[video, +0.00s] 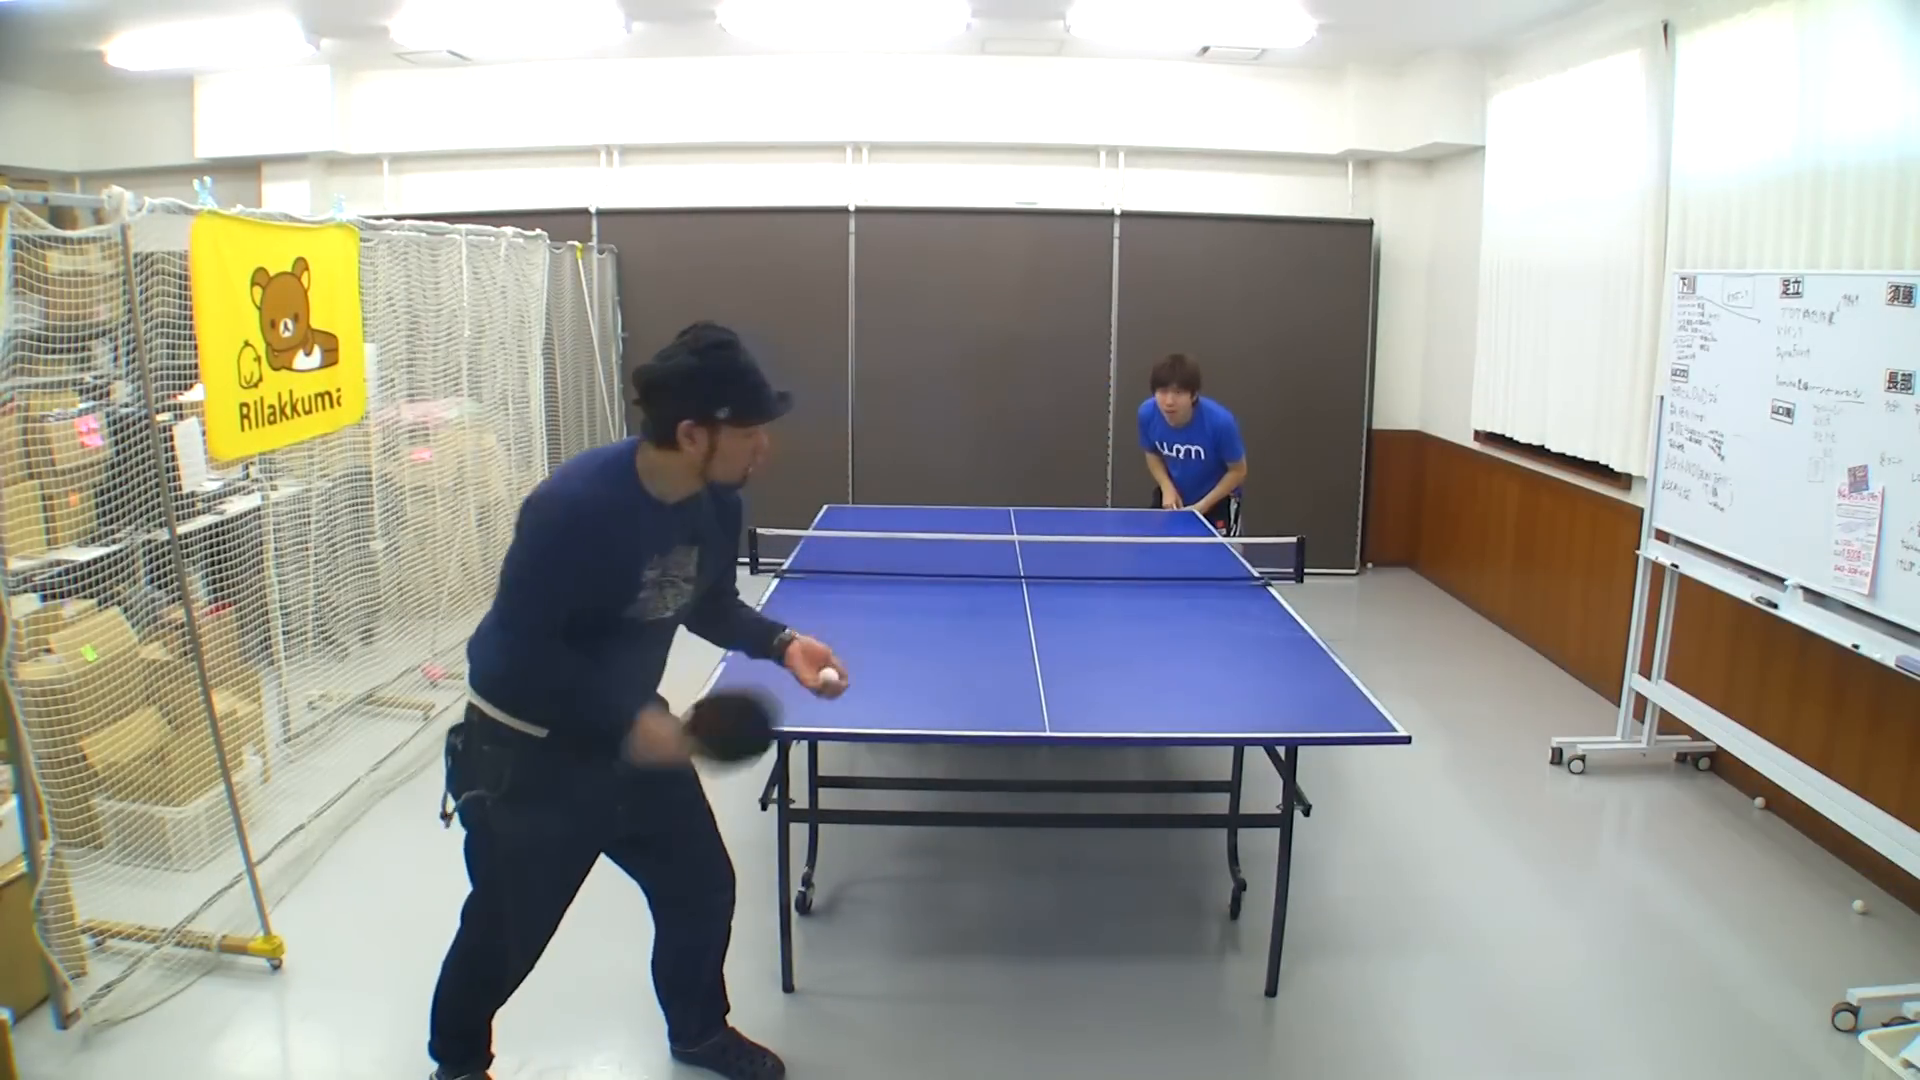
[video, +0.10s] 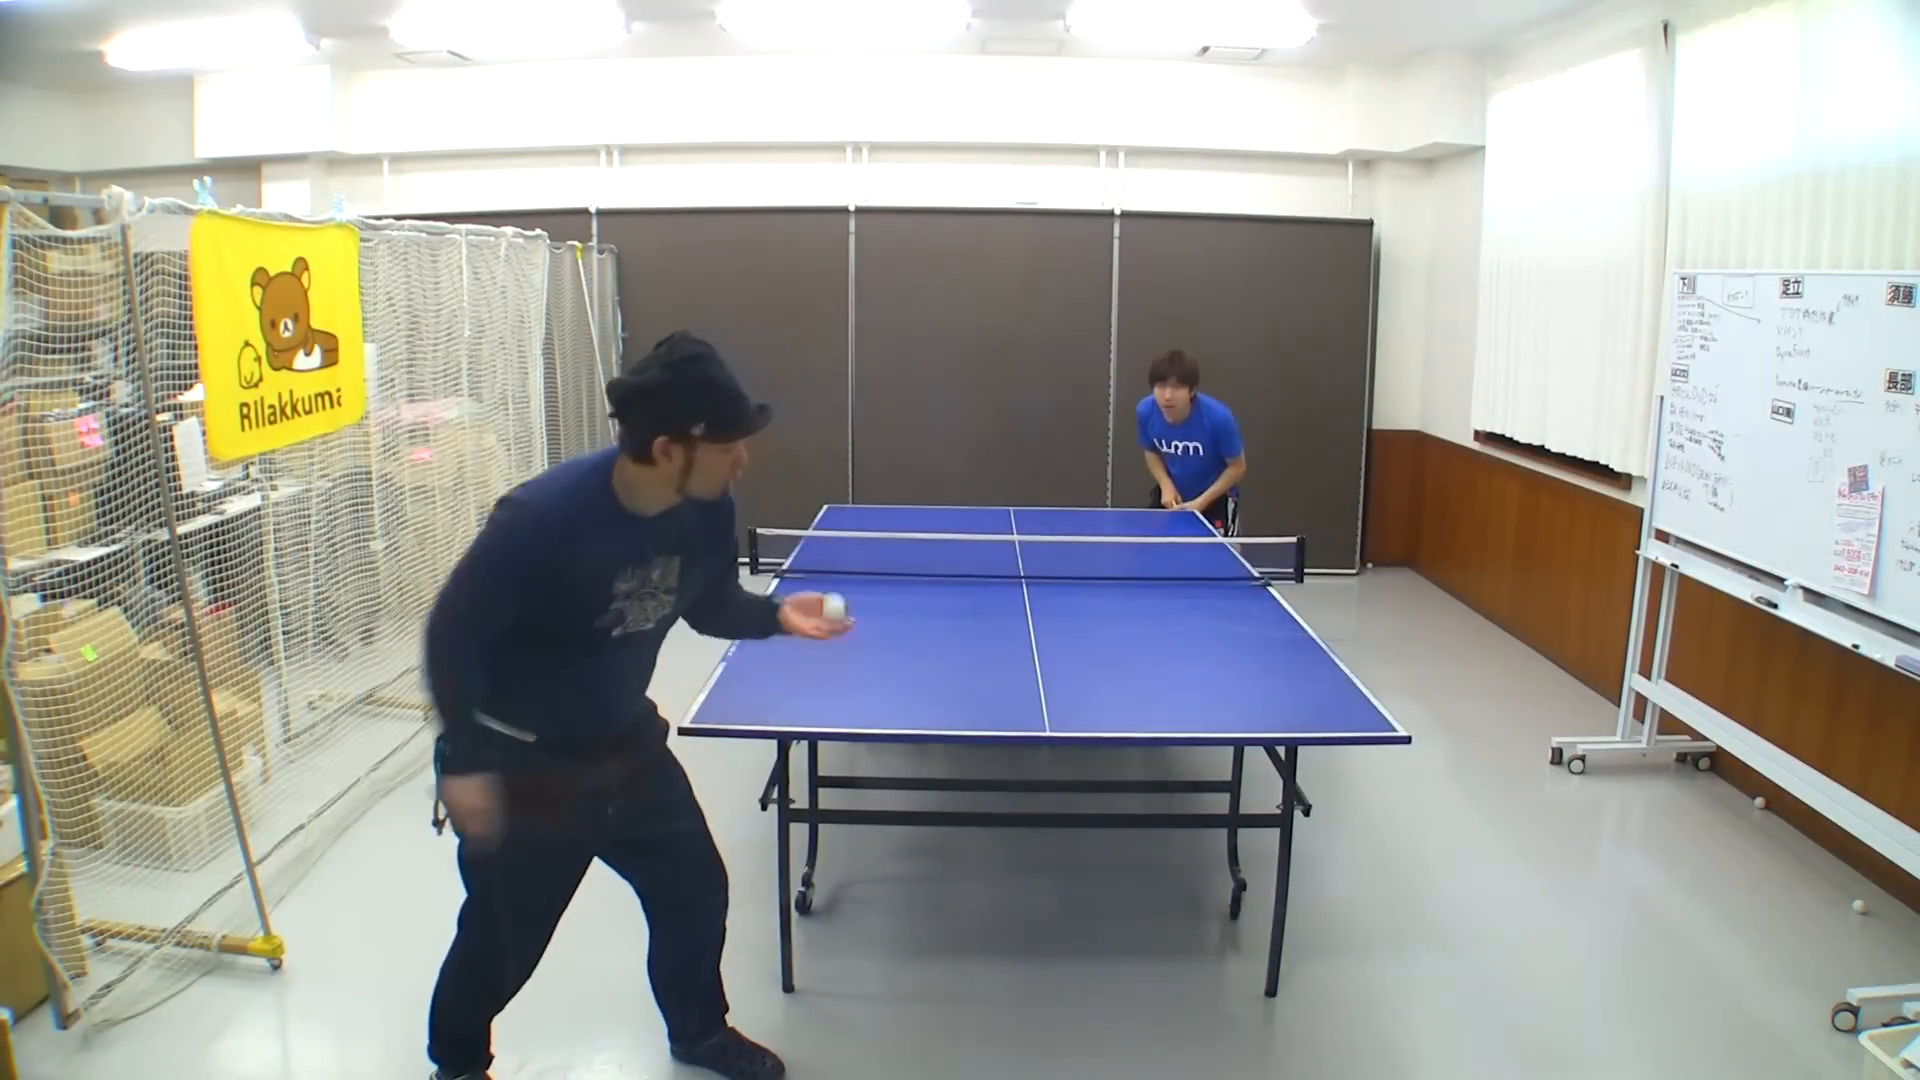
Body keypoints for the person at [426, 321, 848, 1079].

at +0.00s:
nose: (764, 445)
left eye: (763, 427)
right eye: (751, 429)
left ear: (699, 435)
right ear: (693, 434)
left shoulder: (715, 499)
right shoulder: (573, 507)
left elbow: (705, 604)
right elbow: (506, 656)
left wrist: (784, 644)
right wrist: (624, 716)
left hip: (630, 737)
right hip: (527, 748)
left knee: (701, 892)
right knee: (505, 932)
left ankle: (698, 1035)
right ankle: (457, 1061)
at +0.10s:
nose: (741, 462)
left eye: (741, 446)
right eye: (728, 448)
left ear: (679, 450)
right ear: (668, 449)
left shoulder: (705, 506)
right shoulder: (542, 518)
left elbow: (709, 604)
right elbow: (452, 632)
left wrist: (778, 613)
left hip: (627, 742)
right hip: (525, 760)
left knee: (695, 892)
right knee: (500, 942)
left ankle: (697, 1033)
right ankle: (457, 1059)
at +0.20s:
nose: (728, 476)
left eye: (727, 460)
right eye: (715, 464)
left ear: (661, 470)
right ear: (653, 470)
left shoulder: (697, 514)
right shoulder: (521, 529)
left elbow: (695, 591)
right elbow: (398, 603)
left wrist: (740, 659)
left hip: (620, 744)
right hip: (514, 761)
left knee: (691, 892)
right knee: (503, 943)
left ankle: (698, 1033)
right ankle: (457, 1056)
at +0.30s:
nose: (723, 498)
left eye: (722, 481)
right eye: (708, 485)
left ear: (649, 491)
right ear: (640, 491)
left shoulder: (695, 536)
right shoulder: (512, 543)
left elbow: (668, 607)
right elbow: (396, 620)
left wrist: (682, 688)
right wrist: (368, 754)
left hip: (619, 752)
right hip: (512, 771)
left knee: (699, 883)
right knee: (507, 951)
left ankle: (696, 1036)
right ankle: (456, 1058)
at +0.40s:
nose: (730, 539)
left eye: (730, 523)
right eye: (715, 525)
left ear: (660, 520)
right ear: (652, 524)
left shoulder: (688, 557)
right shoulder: (519, 586)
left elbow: (639, 630)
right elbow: (467, 722)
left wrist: (657, 688)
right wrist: (526, 795)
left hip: (612, 757)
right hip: (520, 779)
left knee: (703, 879)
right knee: (529, 969)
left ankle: (683, 1059)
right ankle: (455, 1055)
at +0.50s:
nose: (753, 569)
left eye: (755, 554)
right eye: (750, 556)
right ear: (705, 558)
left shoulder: (649, 542)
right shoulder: (581, 629)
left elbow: (595, 657)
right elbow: (600, 781)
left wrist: (645, 710)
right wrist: (744, 773)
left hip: (589, 778)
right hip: (513, 817)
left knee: (694, 899)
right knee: (561, 1000)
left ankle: (685, 1068)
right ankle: (452, 1057)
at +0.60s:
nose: (762, 525)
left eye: (765, 509)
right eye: (762, 512)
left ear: (672, 470)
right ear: (740, 528)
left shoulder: (611, 504)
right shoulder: (648, 636)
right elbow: (609, 775)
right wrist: (688, 769)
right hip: (512, 840)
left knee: (670, 896)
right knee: (601, 1007)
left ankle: (680, 1066)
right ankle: (421, 1070)